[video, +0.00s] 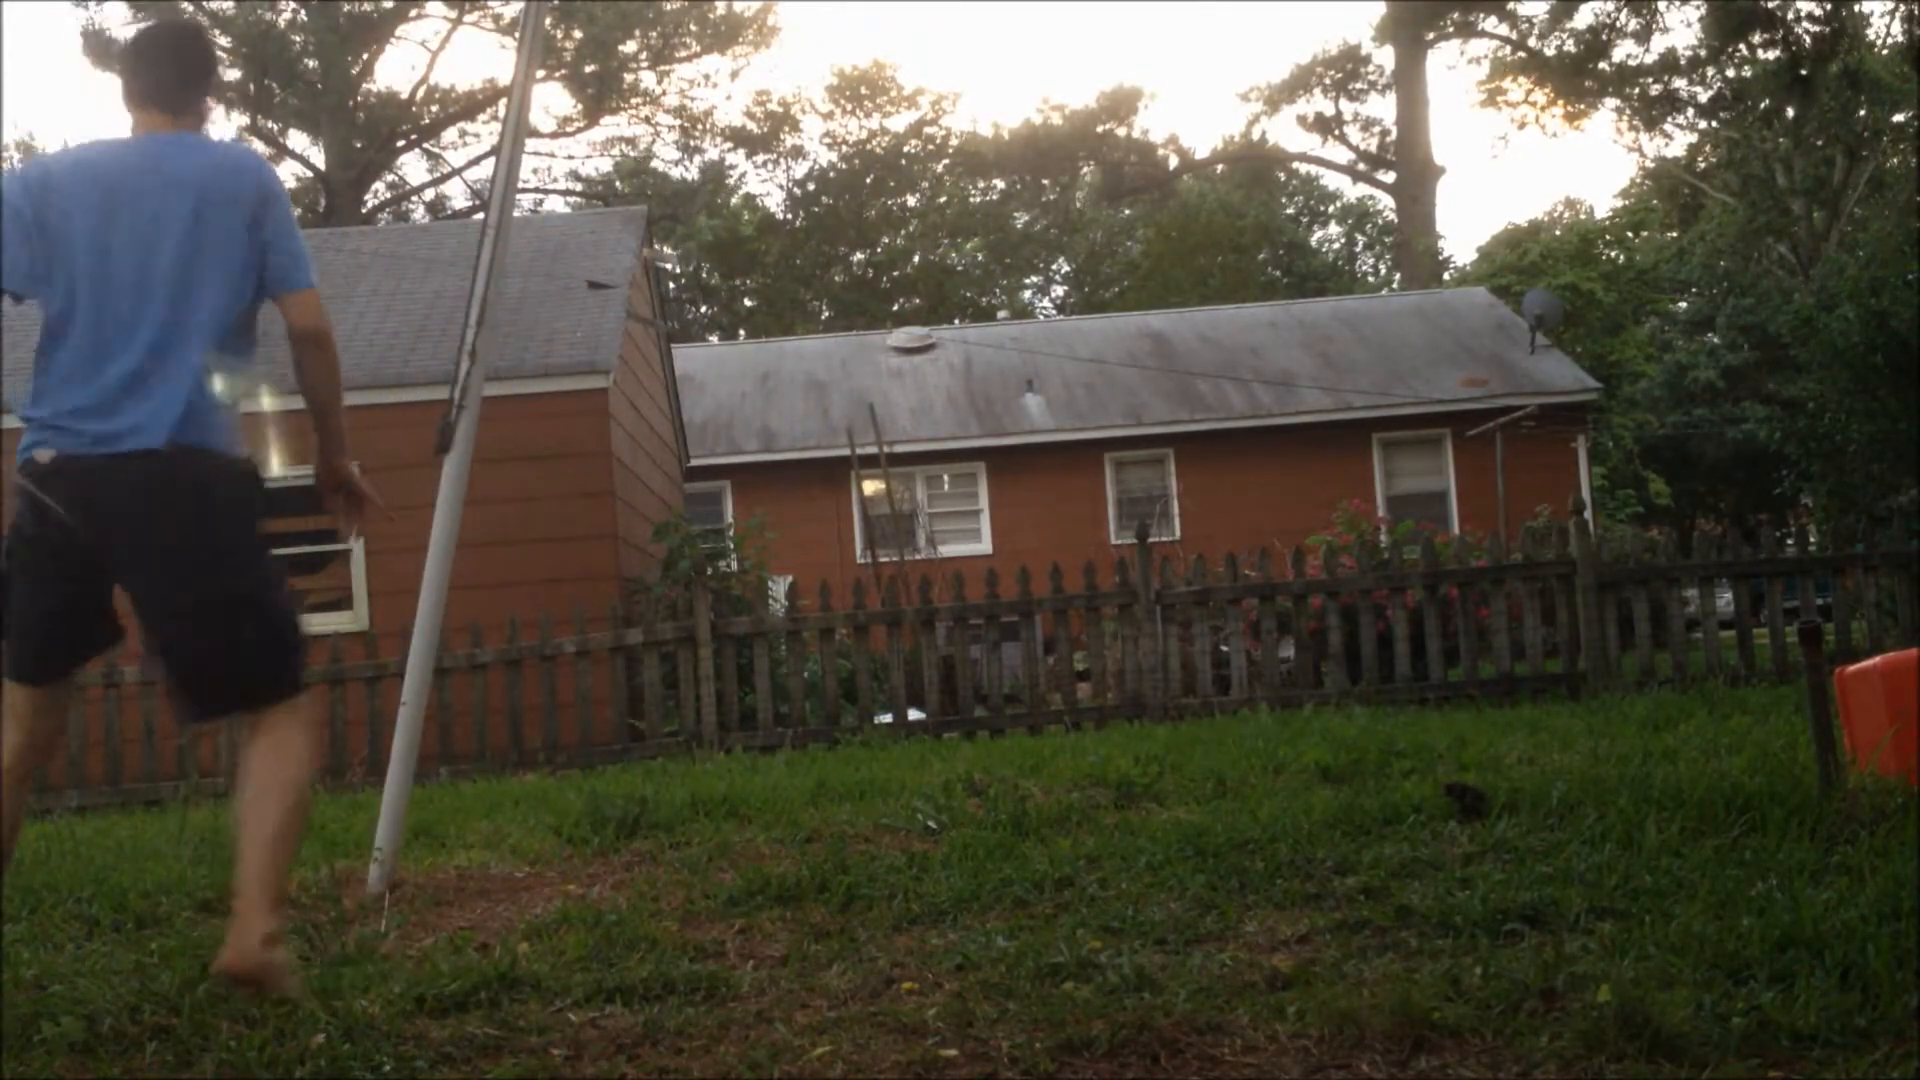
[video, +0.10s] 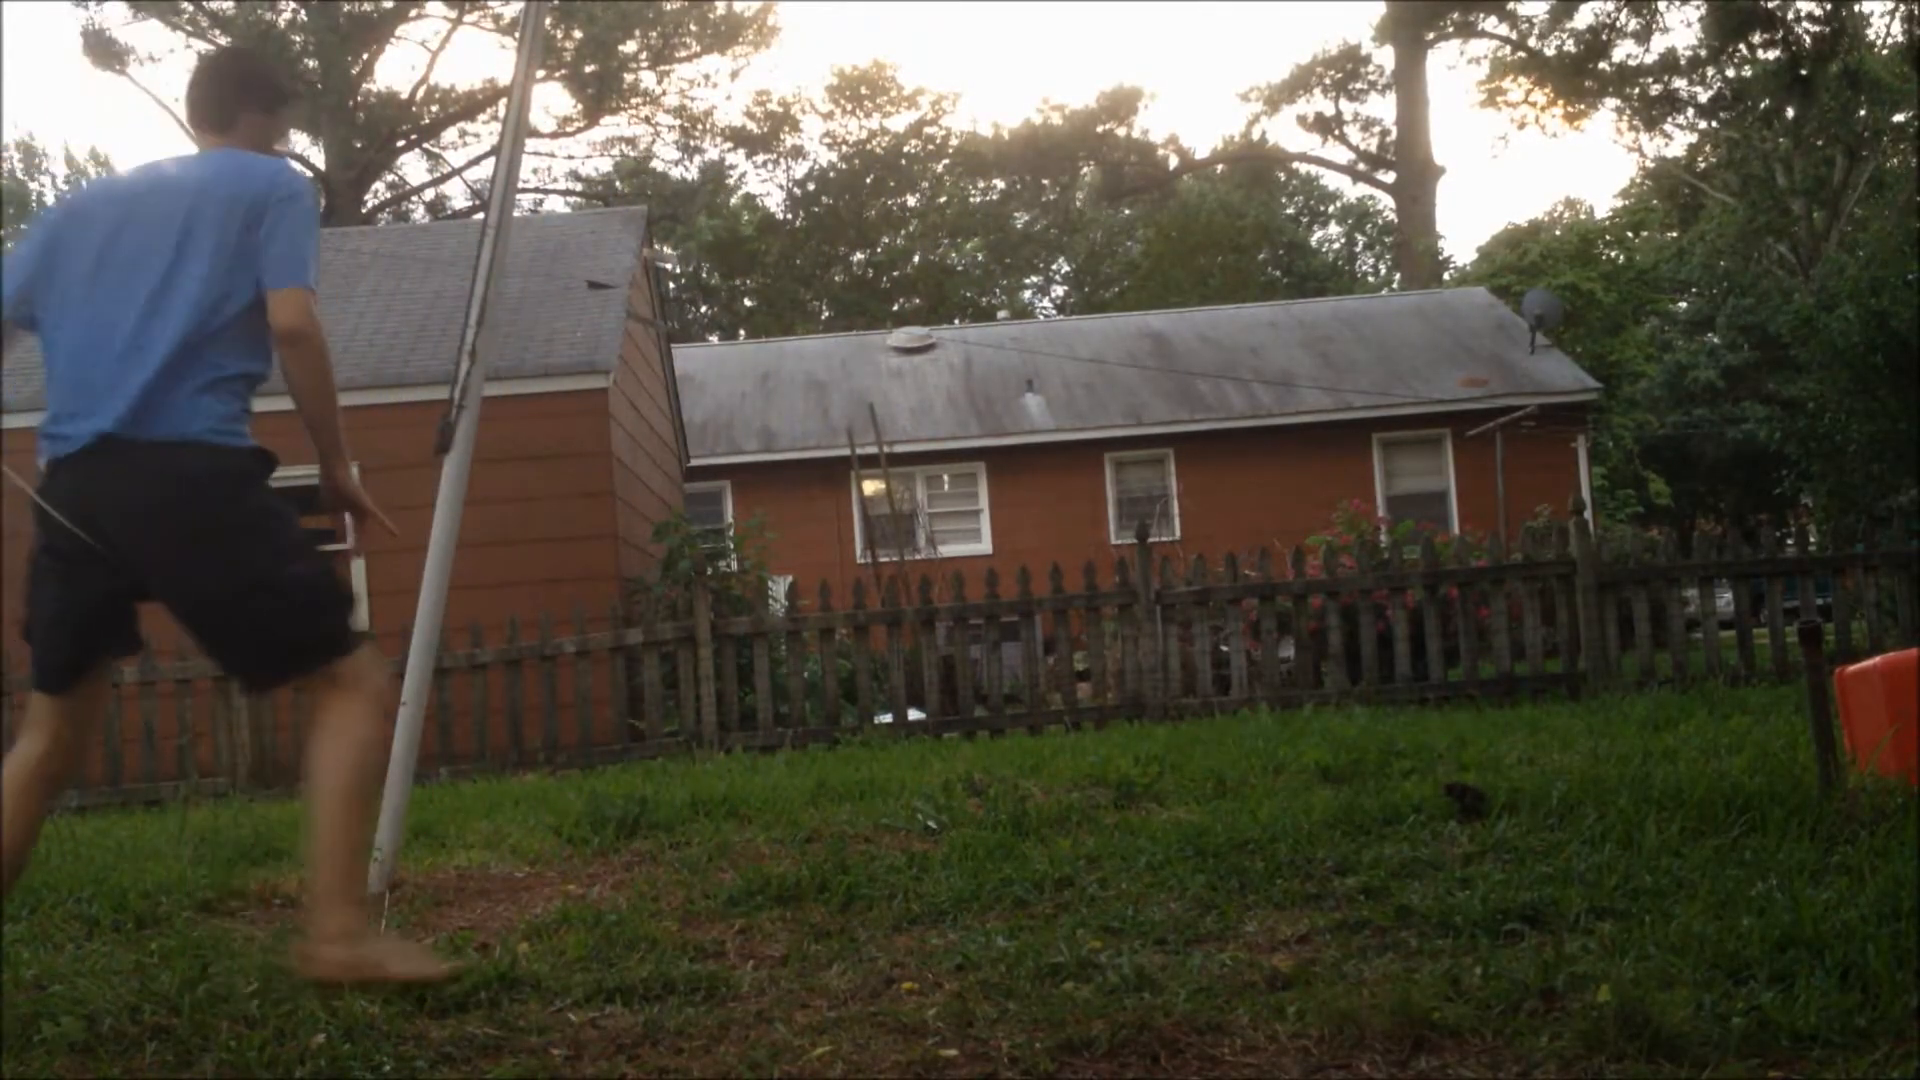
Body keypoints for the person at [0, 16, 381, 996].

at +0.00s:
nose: (189, 106)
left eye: (142, 84)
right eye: (206, 91)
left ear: (126, 91)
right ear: (208, 94)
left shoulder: (48, 182)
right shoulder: (245, 177)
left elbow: (2, 289)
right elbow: (309, 324)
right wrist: (333, 457)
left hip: (59, 482)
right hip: (191, 484)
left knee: (20, 722)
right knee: (279, 709)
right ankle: (253, 932)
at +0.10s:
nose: (284, 143)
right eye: (283, 129)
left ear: (194, 117)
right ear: (265, 118)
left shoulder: (85, 203)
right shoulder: (275, 184)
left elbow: (4, 306)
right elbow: (294, 323)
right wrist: (337, 467)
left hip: (74, 489)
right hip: (201, 483)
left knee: (47, 730)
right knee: (351, 680)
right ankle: (338, 930)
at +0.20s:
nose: (372, 161)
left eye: (376, 143)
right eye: (368, 141)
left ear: (274, 130)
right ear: (325, 128)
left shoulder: (185, 212)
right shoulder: (315, 190)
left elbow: (74, 347)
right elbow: (293, 315)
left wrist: (112, 462)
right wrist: (362, 473)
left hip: (113, 487)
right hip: (215, 482)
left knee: (81, 743)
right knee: (418, 686)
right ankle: (474, 930)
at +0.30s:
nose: (458, 149)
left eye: (458, 129)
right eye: (450, 129)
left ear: (372, 130)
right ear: (400, 125)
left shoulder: (306, 203)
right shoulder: (367, 190)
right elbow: (310, 324)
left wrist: (365, 495)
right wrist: (386, 467)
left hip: (212, 503)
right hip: (280, 500)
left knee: (154, 741)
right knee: (471, 697)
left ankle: (6, 886)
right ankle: (504, 955)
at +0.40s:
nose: (535, 132)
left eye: (533, 112)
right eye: (524, 111)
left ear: (461, 115)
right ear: (466, 112)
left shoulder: (439, 208)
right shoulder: (406, 188)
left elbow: (385, 346)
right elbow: (345, 322)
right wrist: (415, 464)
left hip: (355, 501)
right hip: (359, 498)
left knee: (337, 744)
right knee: (539, 701)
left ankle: (98, 873)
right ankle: (516, 957)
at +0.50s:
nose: (579, 87)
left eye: (576, 66)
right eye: (566, 66)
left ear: (510, 74)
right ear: (507, 73)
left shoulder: (497, 182)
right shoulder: (442, 163)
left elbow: (470, 335)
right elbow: (376, 303)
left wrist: (514, 463)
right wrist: (429, 430)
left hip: (474, 470)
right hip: (434, 473)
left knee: (521, 705)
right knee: (563, 699)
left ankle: (330, 811)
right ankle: (519, 957)